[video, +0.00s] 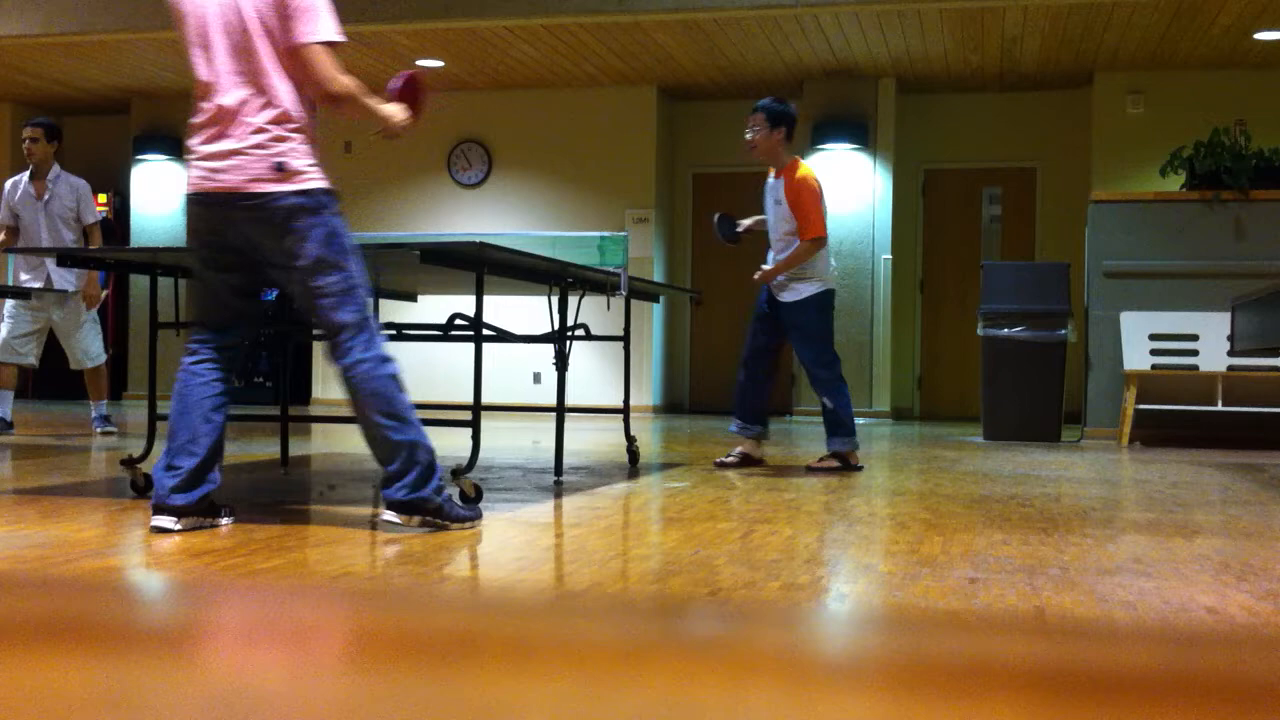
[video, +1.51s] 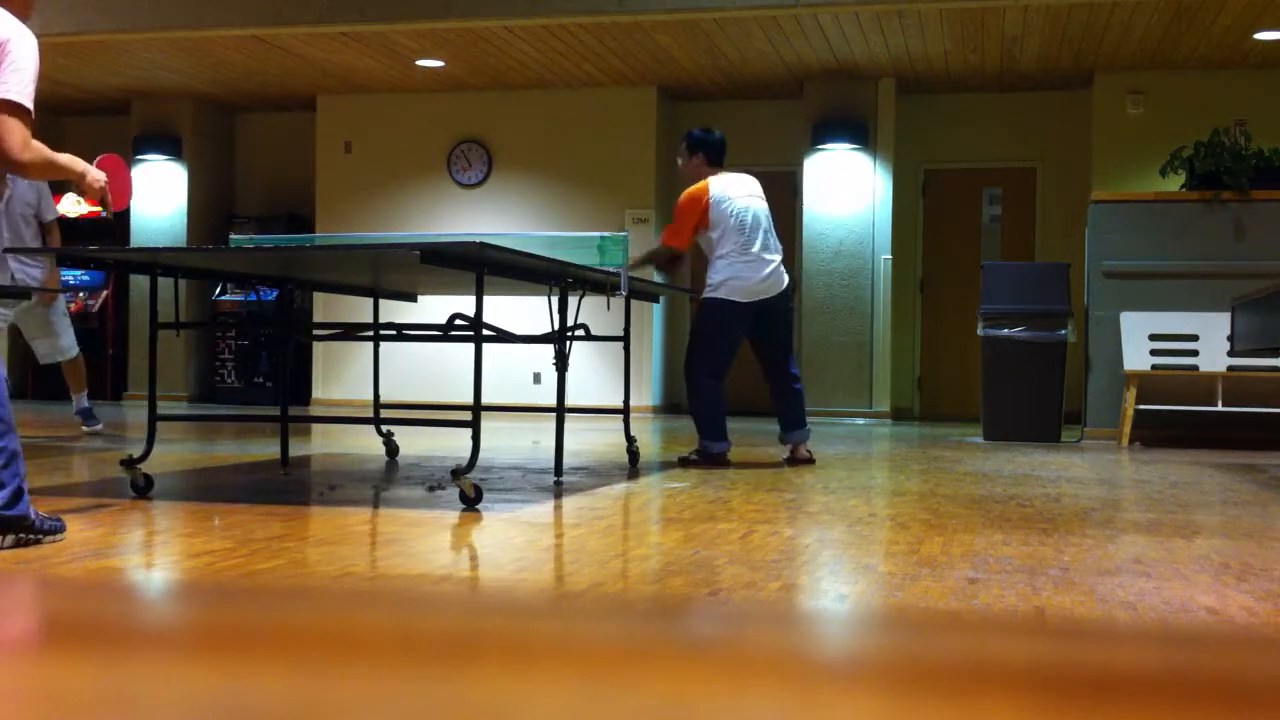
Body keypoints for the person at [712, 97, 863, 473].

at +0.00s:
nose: (748, 137)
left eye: (756, 130)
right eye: (748, 130)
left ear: (780, 133)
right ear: (769, 135)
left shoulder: (801, 179)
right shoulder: (774, 175)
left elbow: (815, 239)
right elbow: (785, 221)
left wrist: (775, 269)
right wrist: (750, 224)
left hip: (809, 290)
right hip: (778, 287)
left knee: (823, 370)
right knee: (756, 360)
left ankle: (844, 451)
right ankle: (750, 444)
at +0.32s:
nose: (767, 133)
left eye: (774, 125)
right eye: (768, 124)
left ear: (796, 129)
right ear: (795, 131)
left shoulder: (798, 170)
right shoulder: (821, 170)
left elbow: (789, 226)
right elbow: (849, 219)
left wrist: (758, 261)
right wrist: (815, 250)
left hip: (810, 278)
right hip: (817, 278)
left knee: (824, 360)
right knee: (794, 360)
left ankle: (846, 448)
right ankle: (802, 443)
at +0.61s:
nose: (759, 147)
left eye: (765, 140)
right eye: (761, 140)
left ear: (783, 143)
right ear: (792, 145)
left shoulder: (778, 180)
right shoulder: (824, 185)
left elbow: (758, 233)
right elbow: (845, 238)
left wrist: (721, 265)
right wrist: (823, 269)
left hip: (795, 285)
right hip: (825, 286)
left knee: (789, 366)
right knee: (808, 367)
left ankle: (831, 438)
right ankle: (807, 444)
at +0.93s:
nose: (726, 170)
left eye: (729, 161)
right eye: (726, 162)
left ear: (743, 158)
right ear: (759, 157)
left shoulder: (746, 188)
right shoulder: (793, 185)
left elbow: (714, 241)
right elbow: (798, 240)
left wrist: (680, 274)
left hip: (776, 290)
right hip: (815, 293)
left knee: (742, 363)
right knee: (806, 365)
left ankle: (715, 443)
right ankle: (808, 446)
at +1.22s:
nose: (687, 178)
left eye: (688, 171)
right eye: (686, 171)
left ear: (702, 169)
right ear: (720, 167)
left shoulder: (704, 203)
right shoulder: (755, 188)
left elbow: (687, 259)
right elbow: (751, 244)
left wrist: (648, 279)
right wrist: (714, 269)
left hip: (745, 293)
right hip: (788, 291)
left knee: (711, 369)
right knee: (791, 369)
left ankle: (713, 448)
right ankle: (805, 446)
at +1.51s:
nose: (679, 165)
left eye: (682, 158)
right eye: (679, 158)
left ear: (698, 159)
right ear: (715, 160)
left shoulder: (696, 194)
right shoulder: (749, 182)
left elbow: (670, 250)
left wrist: (638, 260)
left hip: (730, 290)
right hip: (773, 287)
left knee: (702, 369)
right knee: (781, 366)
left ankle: (713, 448)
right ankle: (799, 446)